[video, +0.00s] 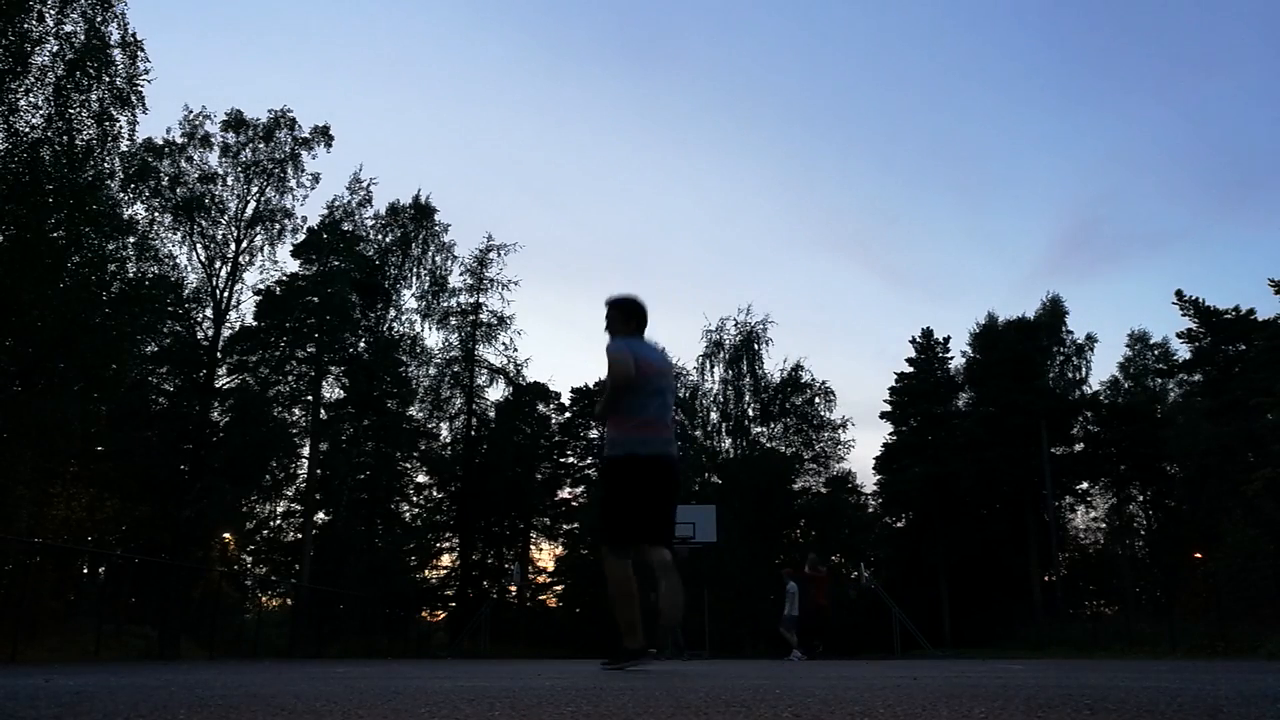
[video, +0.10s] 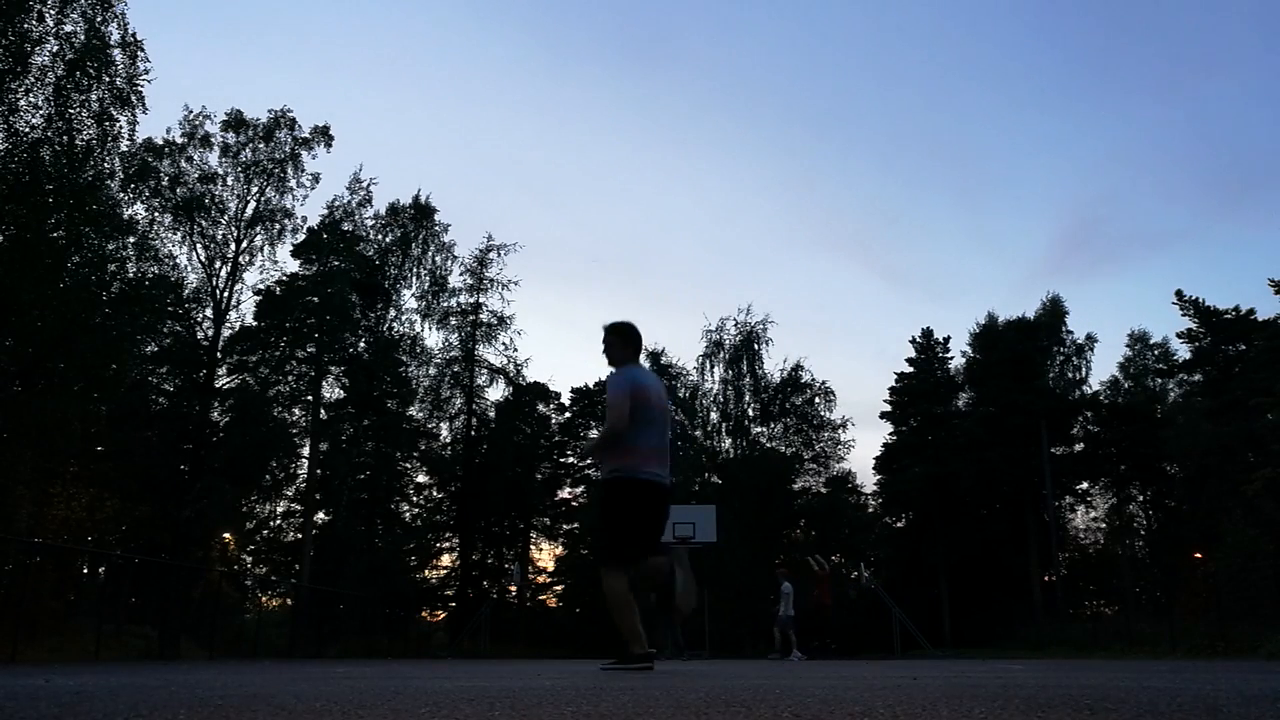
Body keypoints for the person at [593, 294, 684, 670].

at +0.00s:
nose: (606, 325)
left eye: (609, 319)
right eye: (607, 318)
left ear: (620, 320)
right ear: (641, 321)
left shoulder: (618, 346)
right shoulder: (659, 356)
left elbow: (622, 377)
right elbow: (664, 406)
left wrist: (601, 409)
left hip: (626, 465)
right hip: (662, 466)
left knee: (616, 550)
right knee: (657, 548)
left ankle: (632, 645)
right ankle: (672, 639)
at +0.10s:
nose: (603, 351)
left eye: (607, 344)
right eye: (604, 344)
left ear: (621, 346)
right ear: (636, 347)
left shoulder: (620, 379)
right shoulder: (655, 383)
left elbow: (616, 425)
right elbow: (661, 432)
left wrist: (592, 448)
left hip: (625, 485)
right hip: (655, 486)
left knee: (613, 568)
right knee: (636, 563)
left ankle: (637, 651)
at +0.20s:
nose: (604, 355)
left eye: (608, 349)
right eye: (604, 349)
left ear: (623, 351)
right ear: (634, 352)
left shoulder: (622, 380)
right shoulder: (649, 384)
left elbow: (618, 424)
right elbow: (672, 420)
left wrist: (598, 423)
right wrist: (638, 426)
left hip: (630, 482)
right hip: (653, 483)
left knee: (615, 560)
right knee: (630, 554)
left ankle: (637, 648)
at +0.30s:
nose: (606, 351)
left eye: (611, 346)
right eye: (607, 346)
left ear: (626, 347)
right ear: (632, 348)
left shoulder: (630, 376)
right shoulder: (640, 378)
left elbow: (623, 412)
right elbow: (664, 406)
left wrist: (607, 403)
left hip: (638, 475)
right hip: (646, 473)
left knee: (622, 548)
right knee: (632, 550)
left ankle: (635, 633)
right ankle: (647, 632)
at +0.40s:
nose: (611, 363)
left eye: (615, 357)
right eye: (610, 358)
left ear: (629, 358)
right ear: (623, 358)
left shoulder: (641, 389)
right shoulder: (627, 393)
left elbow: (646, 429)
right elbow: (634, 436)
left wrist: (617, 417)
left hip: (643, 481)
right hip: (632, 480)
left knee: (622, 544)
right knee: (625, 549)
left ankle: (645, 624)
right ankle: (633, 631)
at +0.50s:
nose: (620, 386)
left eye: (626, 380)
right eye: (618, 380)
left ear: (640, 384)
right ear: (616, 383)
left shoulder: (653, 413)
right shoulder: (620, 418)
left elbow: (663, 452)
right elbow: (617, 457)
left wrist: (627, 446)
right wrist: (596, 484)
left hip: (649, 499)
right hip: (625, 499)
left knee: (624, 557)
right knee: (623, 567)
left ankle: (662, 628)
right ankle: (635, 650)